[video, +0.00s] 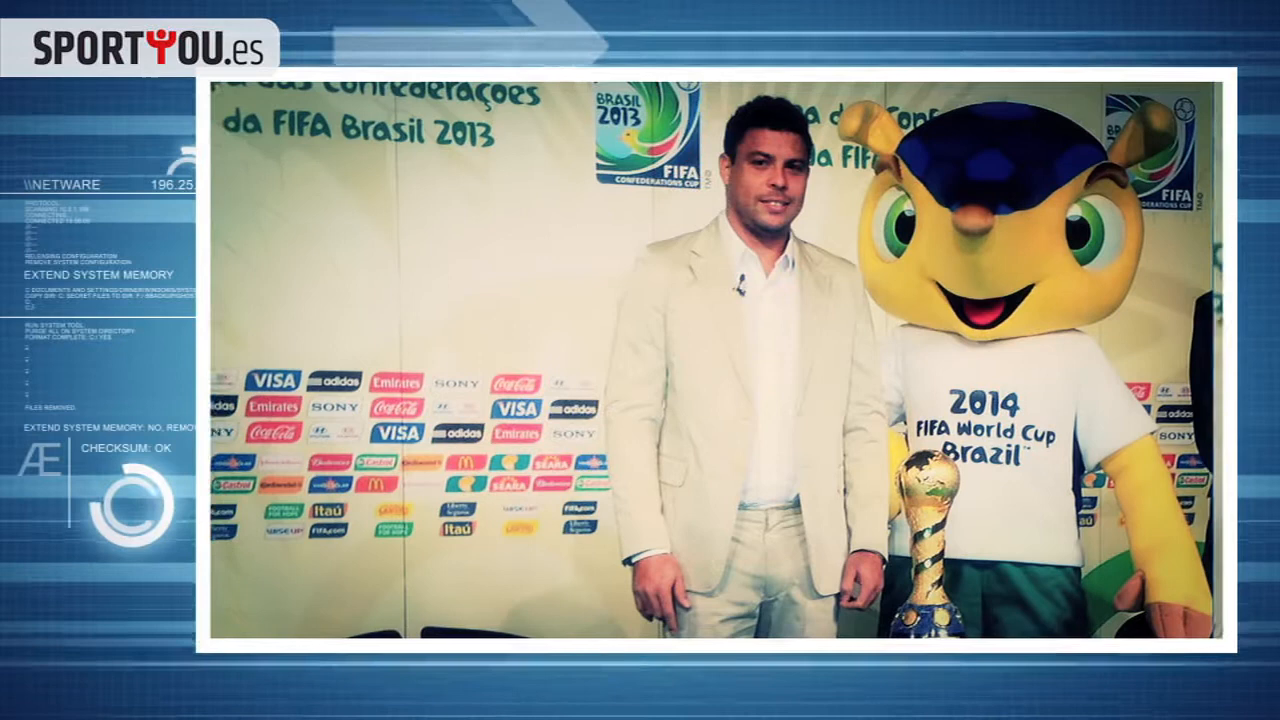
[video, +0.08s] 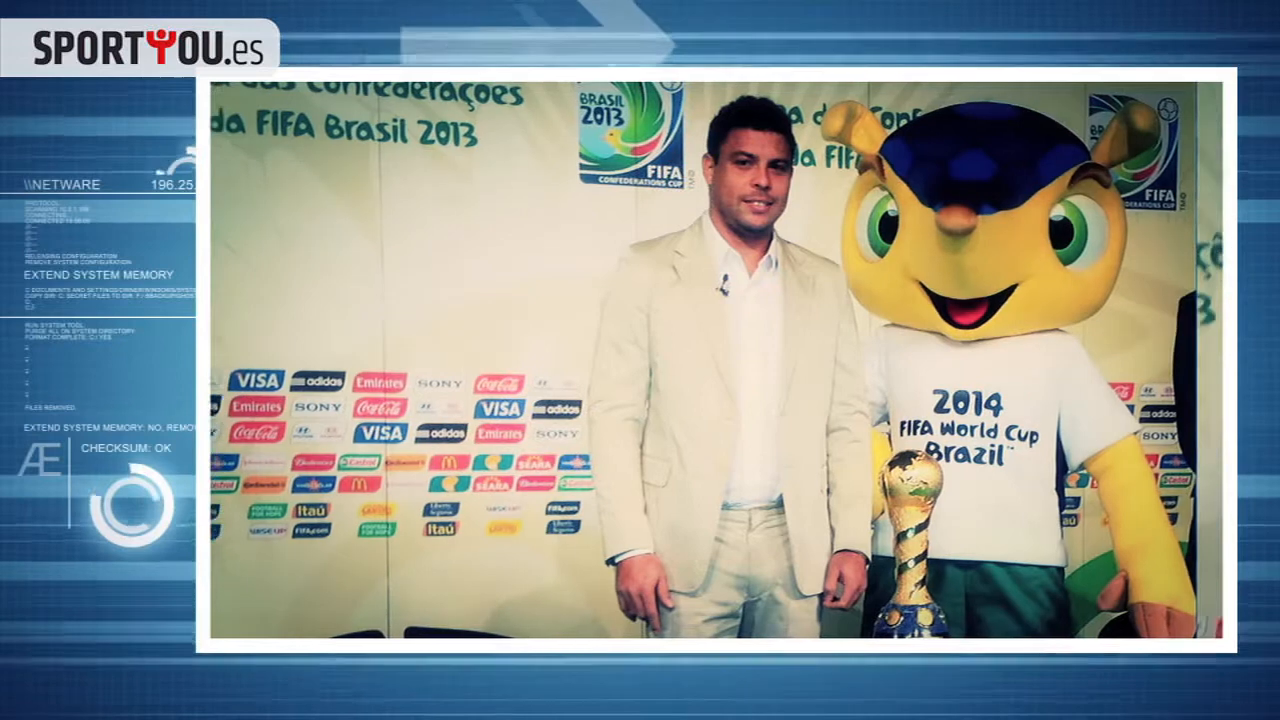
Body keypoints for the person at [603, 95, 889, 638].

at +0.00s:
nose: (779, 181)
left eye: (795, 166)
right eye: (761, 162)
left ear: (809, 177)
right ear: (726, 170)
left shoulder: (842, 283)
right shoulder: (663, 271)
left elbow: (865, 423)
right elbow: (630, 416)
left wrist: (868, 543)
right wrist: (647, 549)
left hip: (814, 542)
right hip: (706, 545)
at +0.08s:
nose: (763, 180)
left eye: (779, 166)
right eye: (744, 162)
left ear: (792, 178)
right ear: (709, 170)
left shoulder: (826, 283)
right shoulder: (646, 270)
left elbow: (848, 423)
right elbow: (614, 415)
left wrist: (851, 543)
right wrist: (631, 549)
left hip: (799, 542)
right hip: (690, 544)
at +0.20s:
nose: (738, 180)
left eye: (754, 166)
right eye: (719, 162)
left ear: (767, 177)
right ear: (684, 169)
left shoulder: (800, 283)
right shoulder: (621, 271)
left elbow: (823, 423)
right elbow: (589, 415)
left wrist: (826, 543)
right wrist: (606, 549)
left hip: (773, 542)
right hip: (665, 544)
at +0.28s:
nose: (721, 180)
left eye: (737, 166)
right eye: (703, 162)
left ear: (750, 178)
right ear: (667, 170)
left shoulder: (784, 283)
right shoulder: (603, 271)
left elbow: (806, 423)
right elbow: (572, 416)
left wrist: (809, 543)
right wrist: (589, 549)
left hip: (756, 542)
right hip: (648, 544)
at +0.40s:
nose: (696, 180)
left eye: (712, 166)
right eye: (678, 162)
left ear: (725, 177)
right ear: (643, 169)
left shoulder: (758, 282)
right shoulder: (580, 271)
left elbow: (782, 422)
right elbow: (547, 416)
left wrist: (784, 543)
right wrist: (564, 549)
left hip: (731, 542)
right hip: (623, 544)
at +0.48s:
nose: (679, 180)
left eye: (695, 166)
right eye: (661, 162)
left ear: (708, 177)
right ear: (626, 169)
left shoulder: (742, 283)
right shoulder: (564, 270)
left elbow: (765, 423)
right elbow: (530, 415)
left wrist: (767, 543)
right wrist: (548, 549)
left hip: (714, 542)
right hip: (606, 544)